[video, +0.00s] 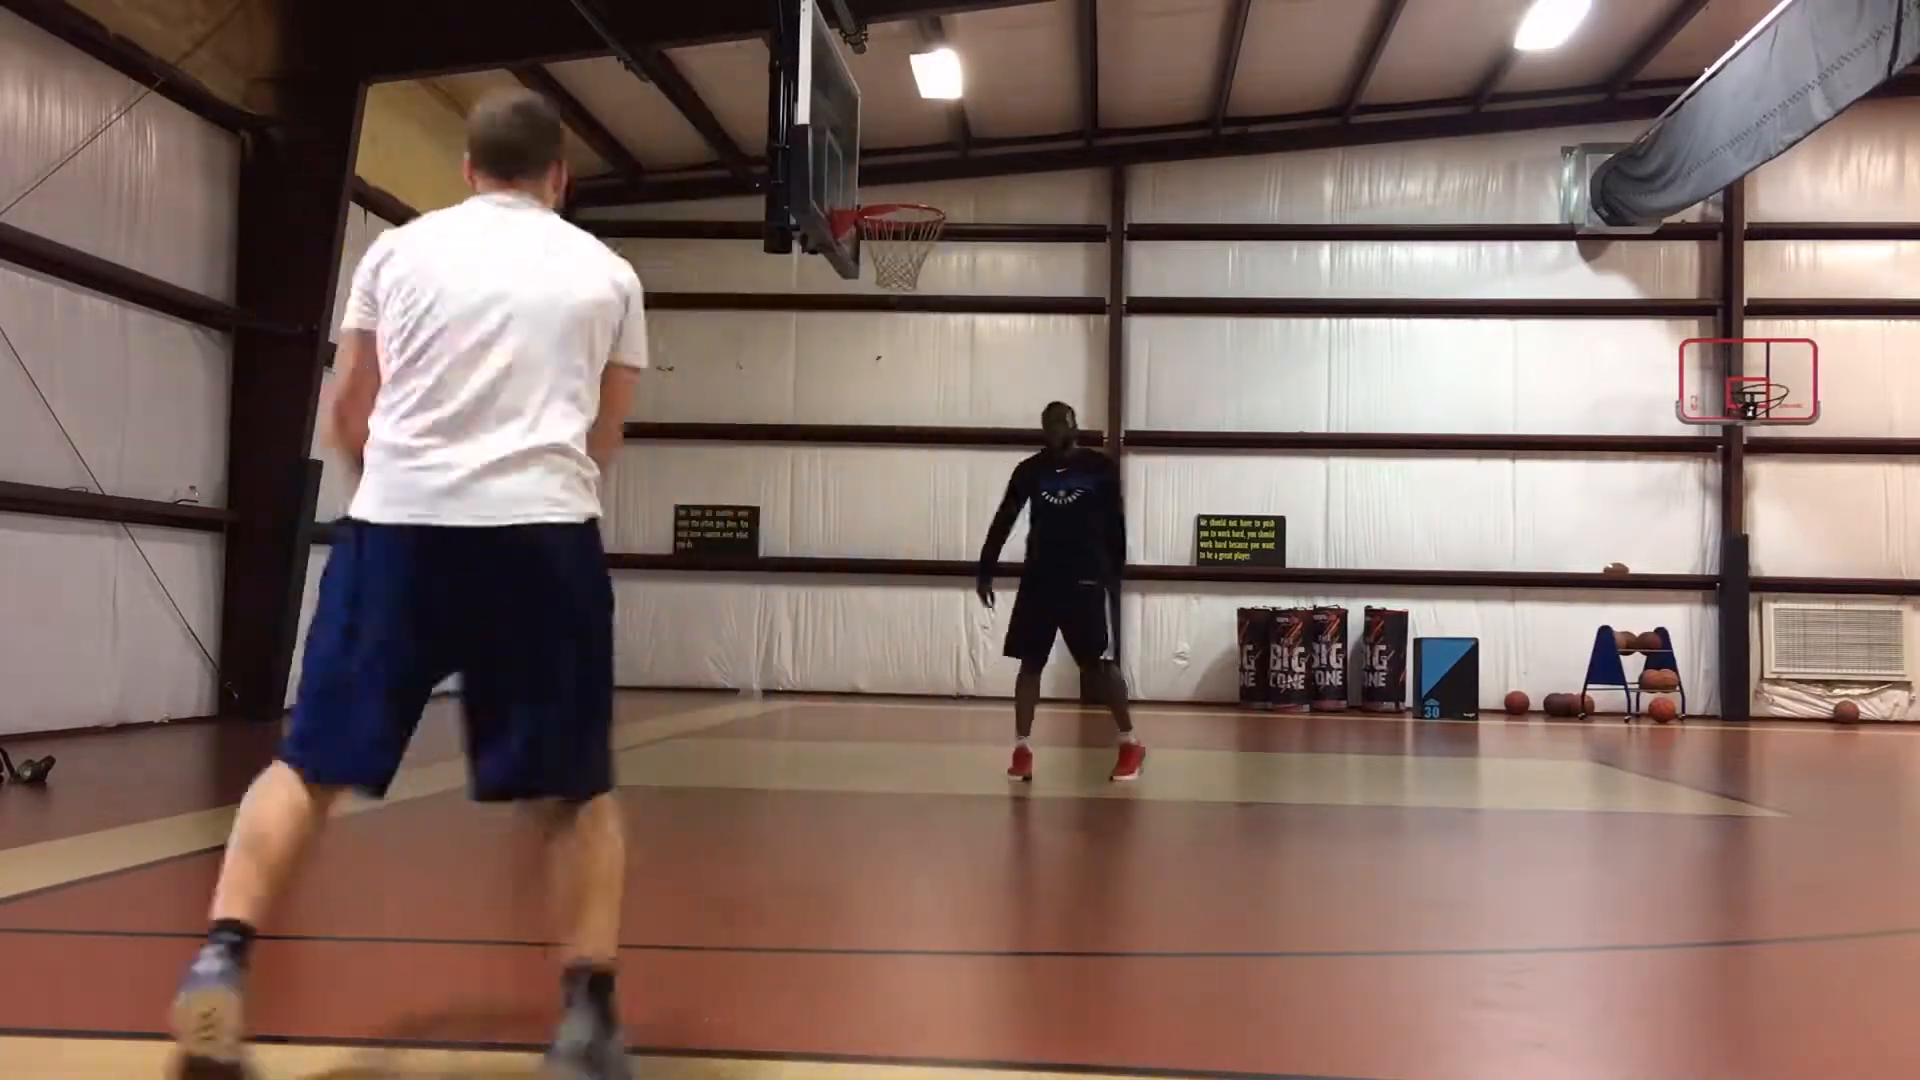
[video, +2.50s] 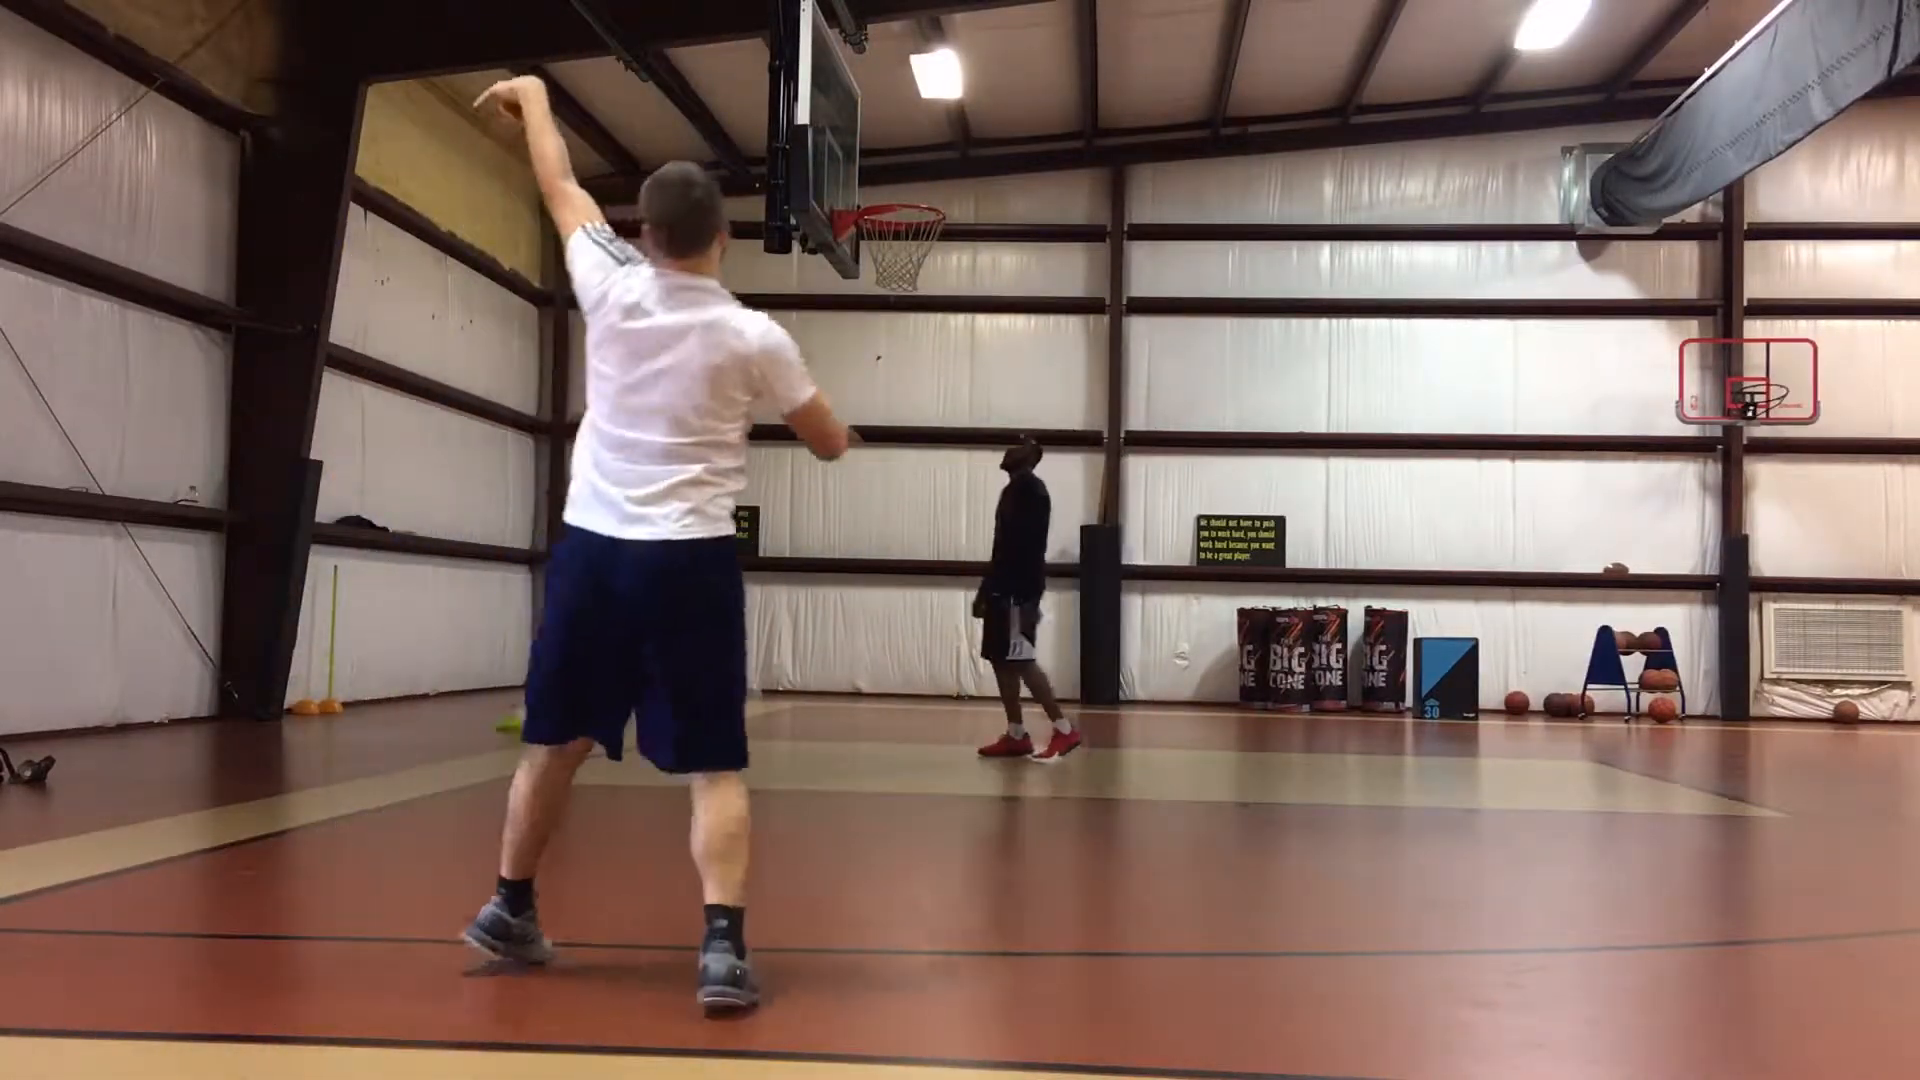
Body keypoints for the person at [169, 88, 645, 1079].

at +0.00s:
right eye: (567, 175)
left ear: (464, 173)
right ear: (560, 177)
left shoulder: (396, 252)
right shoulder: (608, 275)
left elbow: (347, 421)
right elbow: (605, 441)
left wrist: (410, 490)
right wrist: (534, 499)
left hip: (396, 537)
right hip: (545, 544)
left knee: (307, 761)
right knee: (582, 785)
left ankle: (219, 964)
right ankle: (588, 1015)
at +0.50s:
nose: (640, 446)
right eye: (639, 433)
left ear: (549, 425)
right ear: (629, 430)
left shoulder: (475, 481)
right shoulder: (644, 481)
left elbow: (403, 624)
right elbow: (669, 615)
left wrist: (346, 758)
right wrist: (691, 762)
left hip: (446, 680)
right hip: (579, 666)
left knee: (479, 814)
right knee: (728, 797)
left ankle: (327, 978)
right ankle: (785, 1000)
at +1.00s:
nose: (616, 302)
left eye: (608, 292)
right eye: (618, 292)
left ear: (528, 279)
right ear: (606, 291)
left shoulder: (447, 330)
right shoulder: (631, 380)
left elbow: (333, 435)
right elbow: (603, 543)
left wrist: (349, 491)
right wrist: (526, 534)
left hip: (402, 563)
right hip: (519, 570)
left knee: (403, 767)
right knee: (527, 798)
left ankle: (305, 957)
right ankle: (523, 1040)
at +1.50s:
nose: (568, 228)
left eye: (561, 218)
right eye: (563, 213)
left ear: (480, 219)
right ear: (553, 223)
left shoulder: (450, 285)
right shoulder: (559, 294)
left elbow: (509, 236)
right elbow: (676, 286)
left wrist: (552, 168)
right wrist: (631, 188)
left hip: (399, 545)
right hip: (499, 545)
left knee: (399, 761)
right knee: (540, 760)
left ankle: (315, 947)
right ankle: (495, 957)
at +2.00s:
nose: (598, 234)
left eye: (572, 225)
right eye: (593, 225)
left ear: (523, 237)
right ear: (590, 237)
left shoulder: (504, 296)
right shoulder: (609, 307)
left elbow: (531, 213)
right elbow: (682, 233)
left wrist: (551, 145)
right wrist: (651, 153)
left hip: (499, 563)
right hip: (585, 568)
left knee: (524, 757)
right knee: (616, 773)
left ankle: (477, 917)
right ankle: (560, 955)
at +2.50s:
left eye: (645, 229)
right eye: (717, 228)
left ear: (646, 234)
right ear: (723, 237)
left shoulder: (611, 289)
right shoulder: (753, 338)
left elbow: (560, 186)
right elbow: (829, 439)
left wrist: (534, 98)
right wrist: (792, 406)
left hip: (591, 553)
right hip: (695, 563)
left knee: (555, 739)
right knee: (716, 762)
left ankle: (508, 911)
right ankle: (722, 949)